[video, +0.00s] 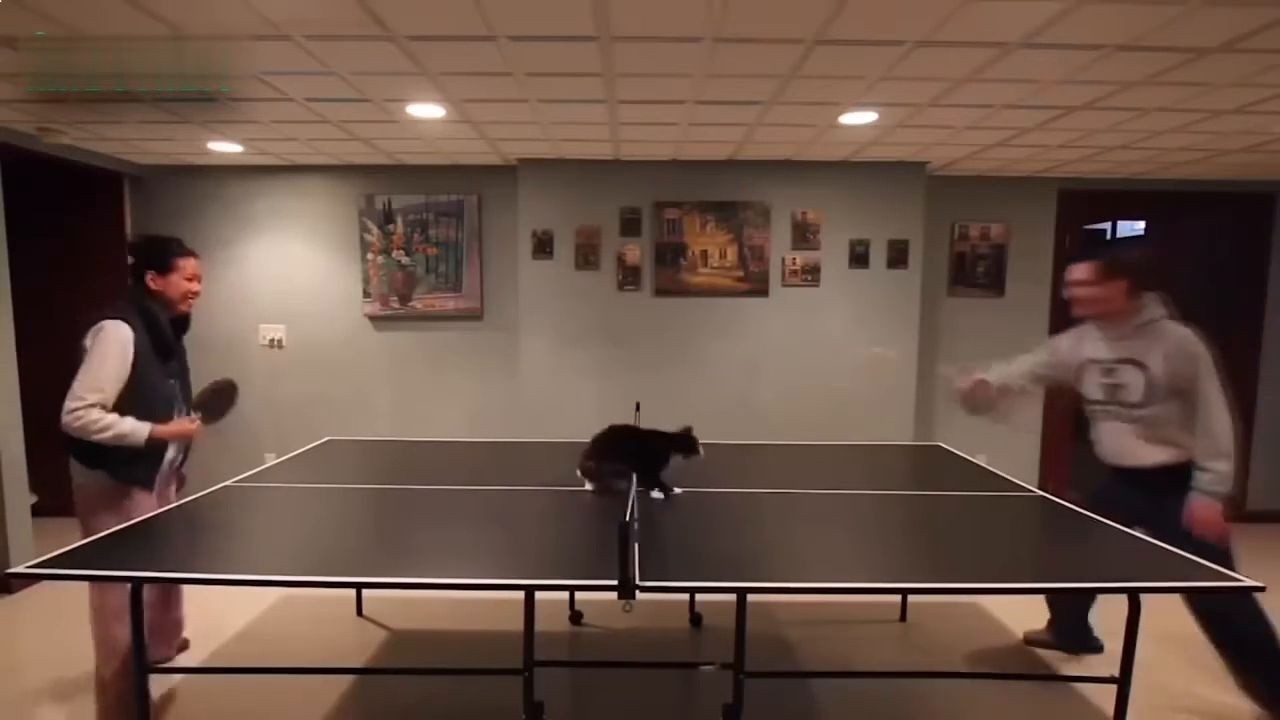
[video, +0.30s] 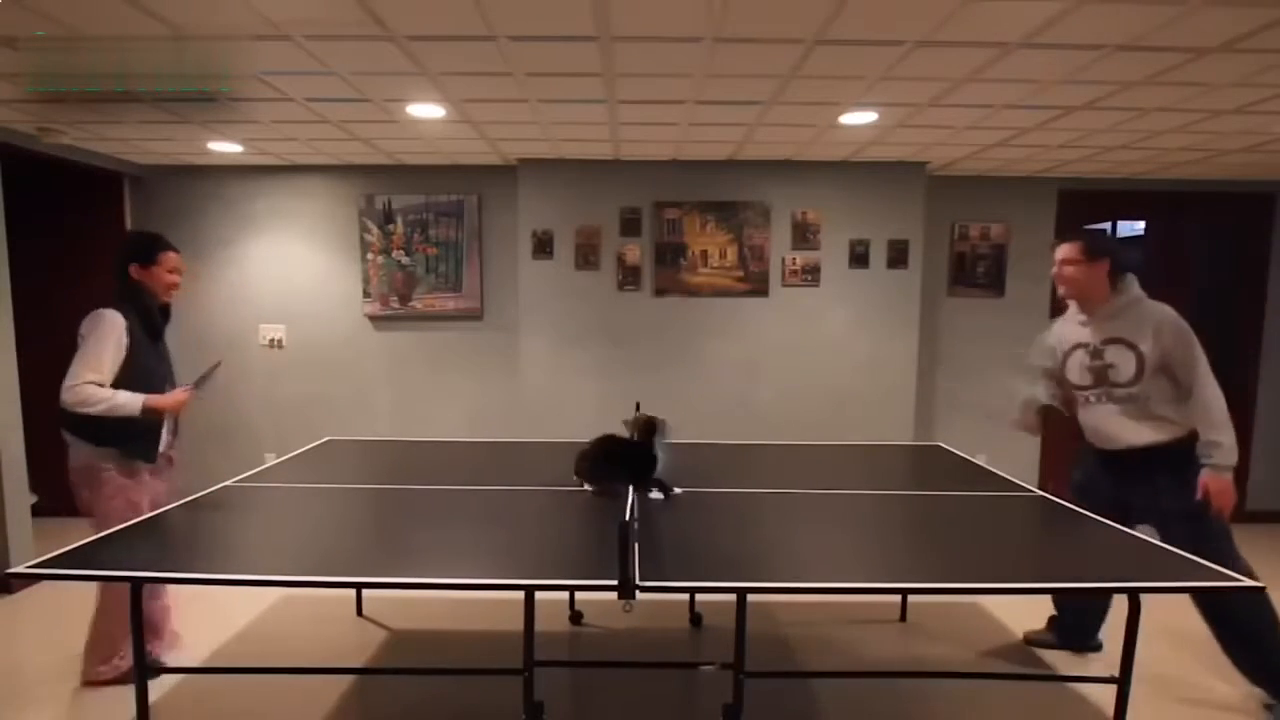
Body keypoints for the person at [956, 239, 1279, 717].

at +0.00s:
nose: (1072, 295)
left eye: (1082, 285)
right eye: (1070, 286)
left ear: (1120, 287)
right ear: (1076, 292)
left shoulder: (1177, 342)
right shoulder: (1078, 343)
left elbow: (1215, 418)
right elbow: (1029, 369)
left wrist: (1209, 492)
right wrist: (988, 386)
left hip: (1175, 484)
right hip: (1114, 481)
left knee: (1218, 596)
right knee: (1068, 546)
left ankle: (1275, 694)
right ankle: (1072, 631)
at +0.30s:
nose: (1057, 274)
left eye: (1068, 265)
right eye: (1056, 266)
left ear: (1104, 269)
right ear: (1059, 274)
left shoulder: (1159, 322)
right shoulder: (1060, 333)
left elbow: (1204, 390)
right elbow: (1035, 394)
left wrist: (1218, 462)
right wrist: (1029, 404)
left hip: (1168, 463)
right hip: (1102, 462)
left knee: (1220, 576)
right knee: (1079, 546)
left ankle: (1276, 683)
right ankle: (1075, 630)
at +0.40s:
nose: (1079, 273)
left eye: (1090, 264)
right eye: (1077, 264)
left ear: (1124, 270)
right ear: (1074, 272)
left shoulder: (1183, 324)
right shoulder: (1084, 333)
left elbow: (1229, 397)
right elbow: (1101, 395)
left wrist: (1239, 473)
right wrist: (1089, 426)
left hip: (1185, 469)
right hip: (1118, 467)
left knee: (1230, 585)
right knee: (1092, 550)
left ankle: (1275, 686)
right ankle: (1076, 630)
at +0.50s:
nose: (1130, 269)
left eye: (1142, 259)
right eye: (1128, 260)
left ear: (1178, 265)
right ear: (1124, 270)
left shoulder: (1234, 326)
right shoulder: (1131, 330)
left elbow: (1271, 405)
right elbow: (1135, 394)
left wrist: (1265, 486)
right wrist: (1117, 425)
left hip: (1218, 476)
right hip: (1152, 473)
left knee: (1241, 595)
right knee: (1118, 556)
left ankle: (1270, 695)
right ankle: (1077, 631)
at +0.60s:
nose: (1177, 260)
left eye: (1191, 249)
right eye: (1175, 251)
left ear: (1229, 256)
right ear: (1172, 261)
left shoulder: (1270, 310)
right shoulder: (1169, 321)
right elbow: (1161, 388)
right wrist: (1140, 415)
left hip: (1256, 475)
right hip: (1188, 471)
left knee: (1261, 595)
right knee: (1150, 564)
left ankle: (1269, 697)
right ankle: (1092, 638)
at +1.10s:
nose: (1156, 270)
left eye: (1167, 258)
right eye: (1153, 260)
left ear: (1206, 260)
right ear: (1153, 269)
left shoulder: (1256, 328)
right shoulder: (1156, 325)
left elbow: (1270, 419)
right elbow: (1142, 385)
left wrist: (1257, 499)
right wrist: (1098, 404)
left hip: (1221, 483)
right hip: (1156, 479)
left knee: (1242, 603)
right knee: (1112, 580)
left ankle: (1273, 693)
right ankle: (1051, 661)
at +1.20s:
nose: (1096, 280)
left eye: (1108, 270)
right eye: (1095, 270)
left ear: (1146, 273)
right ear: (1101, 277)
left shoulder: (1202, 337)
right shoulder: (1112, 333)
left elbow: (1223, 424)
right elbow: (1103, 389)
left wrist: (1205, 504)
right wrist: (1065, 412)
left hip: (1171, 488)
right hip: (1109, 483)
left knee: (1203, 599)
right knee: (1063, 559)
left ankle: (1273, 694)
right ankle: (1052, 656)